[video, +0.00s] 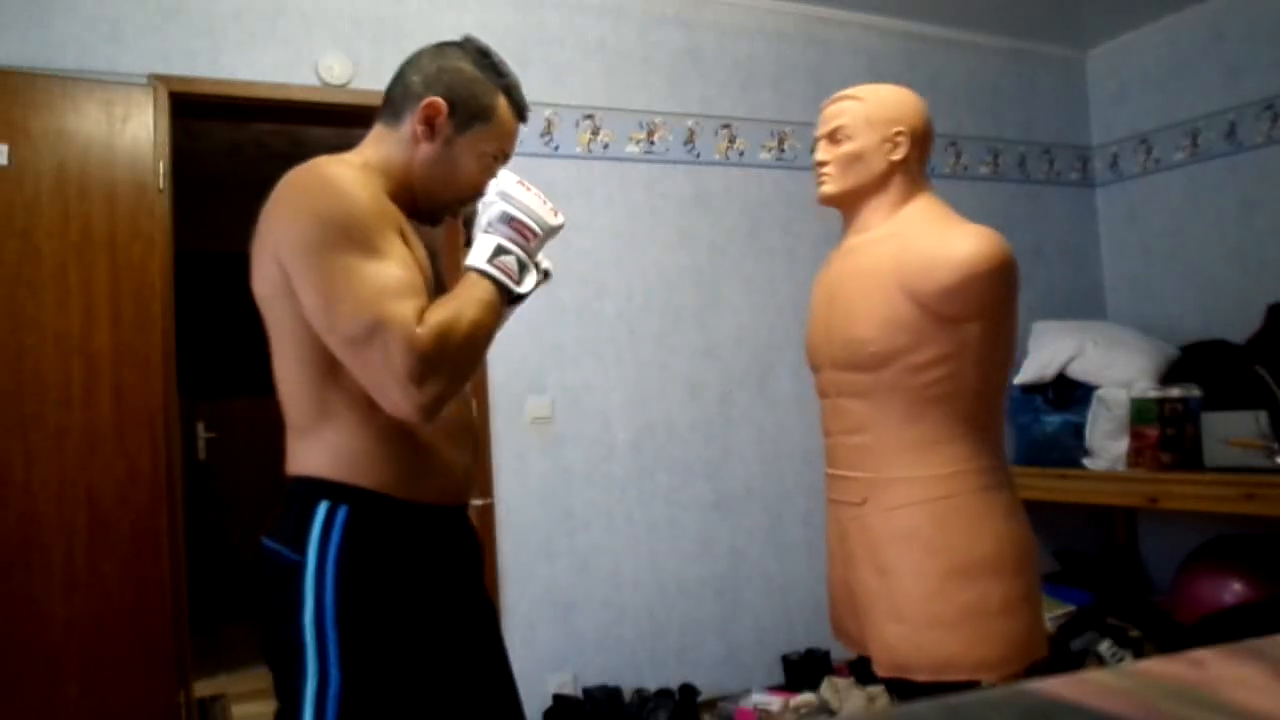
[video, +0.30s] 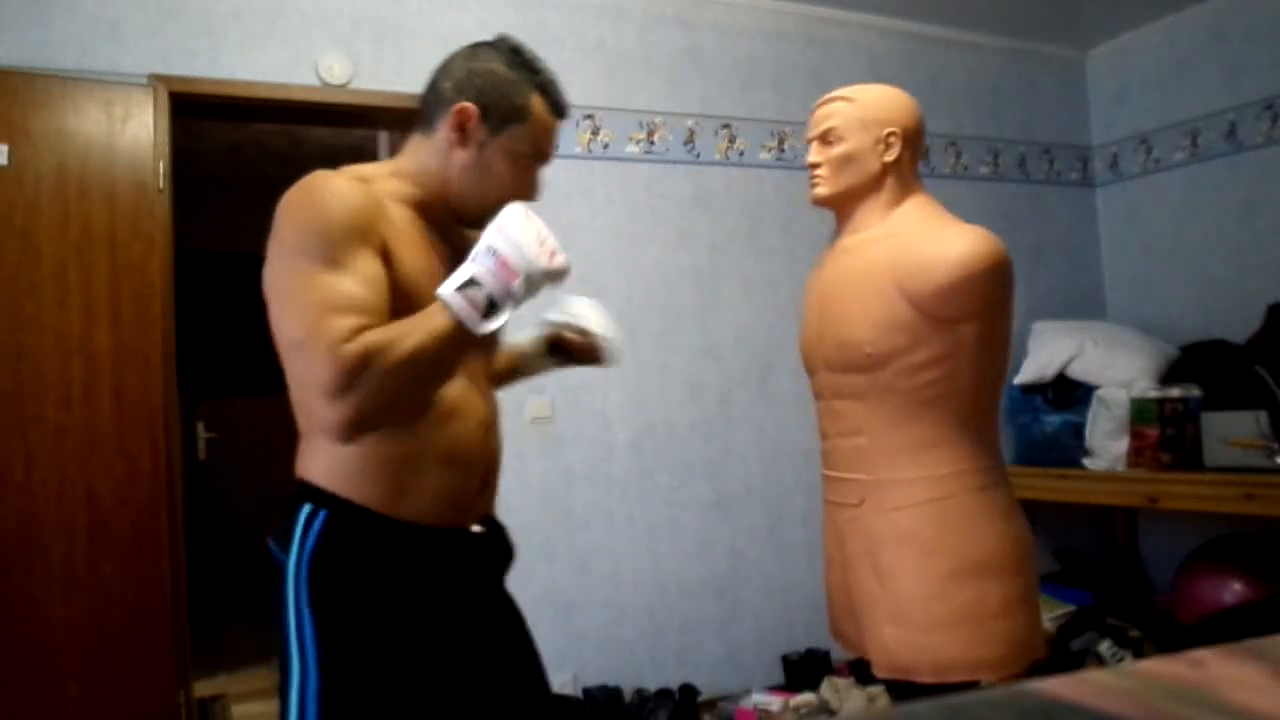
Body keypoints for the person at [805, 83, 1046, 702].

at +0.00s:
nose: (817, 154)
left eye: (836, 138)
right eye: (817, 141)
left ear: (896, 147)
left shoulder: (960, 258)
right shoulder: (841, 262)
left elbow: (974, 424)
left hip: (943, 544)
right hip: (863, 542)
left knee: (969, 709)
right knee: (891, 703)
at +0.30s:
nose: (810, 157)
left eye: (828, 139)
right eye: (810, 142)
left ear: (888, 148)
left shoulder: (954, 259)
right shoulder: (833, 264)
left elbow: (969, 427)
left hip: (939, 541)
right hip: (857, 541)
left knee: (965, 710)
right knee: (884, 703)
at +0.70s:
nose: (815, 185)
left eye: (825, 164)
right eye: (815, 166)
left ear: (882, 160)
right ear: (883, 162)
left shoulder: (946, 249)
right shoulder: (854, 266)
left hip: (943, 521)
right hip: (879, 521)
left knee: (958, 695)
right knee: (901, 690)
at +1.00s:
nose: (804, 157)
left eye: (823, 141)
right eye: (806, 142)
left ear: (882, 151)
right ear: (876, 153)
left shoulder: (943, 258)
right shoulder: (837, 260)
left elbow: (963, 430)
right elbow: (844, 442)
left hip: (934, 545)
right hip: (862, 543)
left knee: (961, 703)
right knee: (894, 699)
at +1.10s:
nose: (842, 151)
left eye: (861, 136)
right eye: (844, 138)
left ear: (920, 149)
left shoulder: (977, 258)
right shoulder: (859, 260)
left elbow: (986, 423)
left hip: (951, 537)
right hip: (872, 534)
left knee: (974, 706)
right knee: (896, 699)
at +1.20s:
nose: (810, 158)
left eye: (829, 142)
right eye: (812, 144)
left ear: (888, 152)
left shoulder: (951, 258)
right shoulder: (840, 263)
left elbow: (971, 427)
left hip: (939, 541)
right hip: (864, 539)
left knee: (965, 715)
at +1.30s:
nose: (799, 161)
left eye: (817, 144)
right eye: (800, 146)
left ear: (877, 152)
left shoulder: (944, 259)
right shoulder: (836, 261)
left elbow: (963, 425)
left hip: (933, 544)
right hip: (860, 543)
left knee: (957, 703)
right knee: (892, 698)